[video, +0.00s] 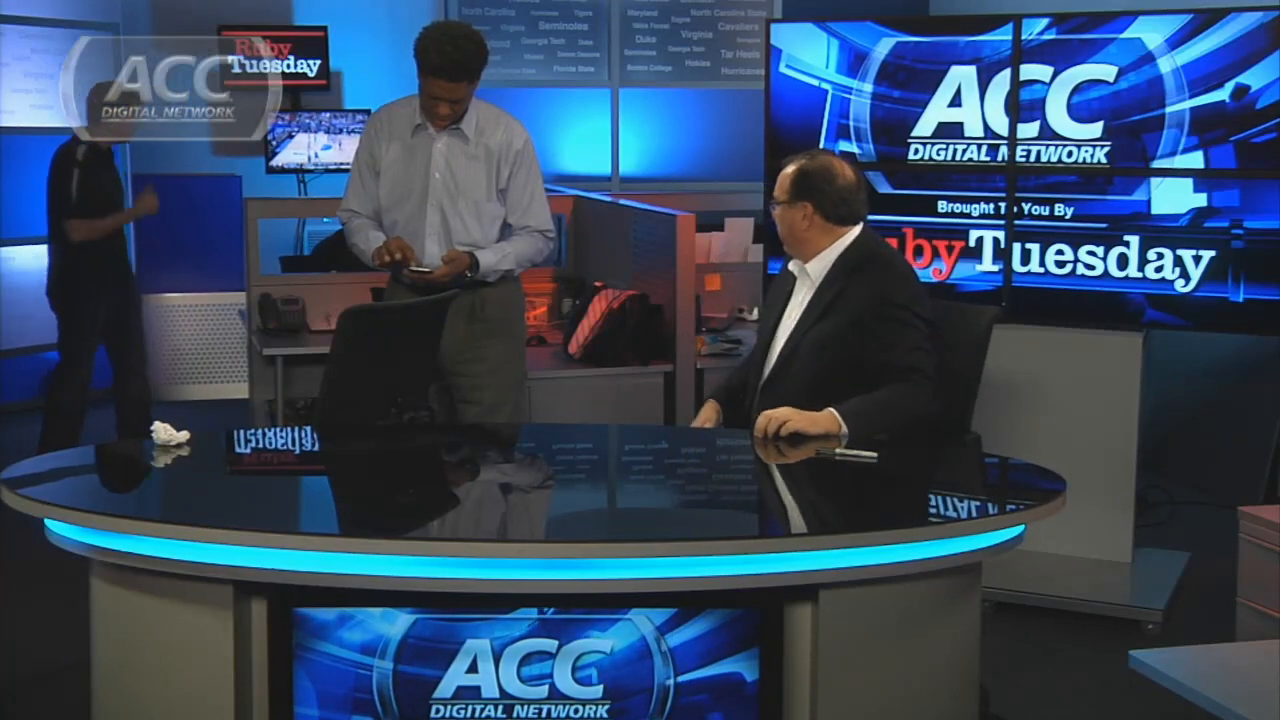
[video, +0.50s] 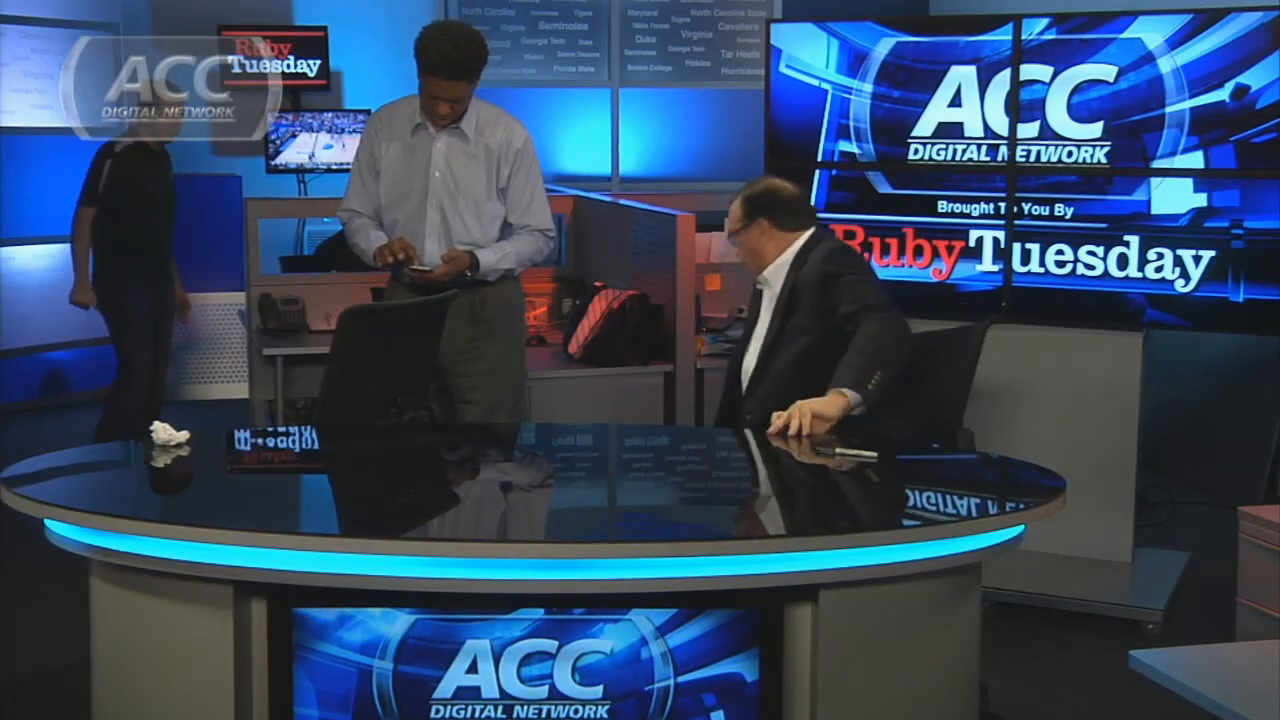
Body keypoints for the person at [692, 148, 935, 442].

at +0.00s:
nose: (772, 213)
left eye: (777, 203)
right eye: (774, 203)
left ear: (806, 214)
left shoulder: (885, 276)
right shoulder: (797, 270)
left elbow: (915, 389)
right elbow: (766, 356)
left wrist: (833, 419)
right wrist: (718, 404)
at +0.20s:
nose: (779, 211)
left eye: (785, 201)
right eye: (780, 201)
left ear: (812, 208)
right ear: (811, 211)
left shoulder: (879, 271)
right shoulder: (799, 267)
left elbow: (910, 376)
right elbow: (763, 353)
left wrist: (823, 412)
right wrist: (697, 408)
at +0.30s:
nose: (771, 212)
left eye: (777, 199)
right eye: (773, 200)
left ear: (808, 204)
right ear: (807, 205)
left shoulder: (868, 257)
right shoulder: (785, 263)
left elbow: (906, 344)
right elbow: (740, 337)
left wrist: (836, 403)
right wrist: (665, 383)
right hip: (748, 440)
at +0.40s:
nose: (755, 229)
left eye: (759, 214)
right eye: (755, 216)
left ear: (788, 214)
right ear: (787, 215)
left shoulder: (848, 251)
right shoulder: (778, 266)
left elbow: (892, 325)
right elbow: (747, 339)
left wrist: (834, 399)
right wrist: (678, 385)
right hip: (750, 430)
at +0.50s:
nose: (735, 252)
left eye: (734, 237)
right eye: (731, 240)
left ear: (763, 228)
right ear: (763, 229)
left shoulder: (831, 261)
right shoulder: (771, 280)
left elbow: (886, 329)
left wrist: (840, 397)